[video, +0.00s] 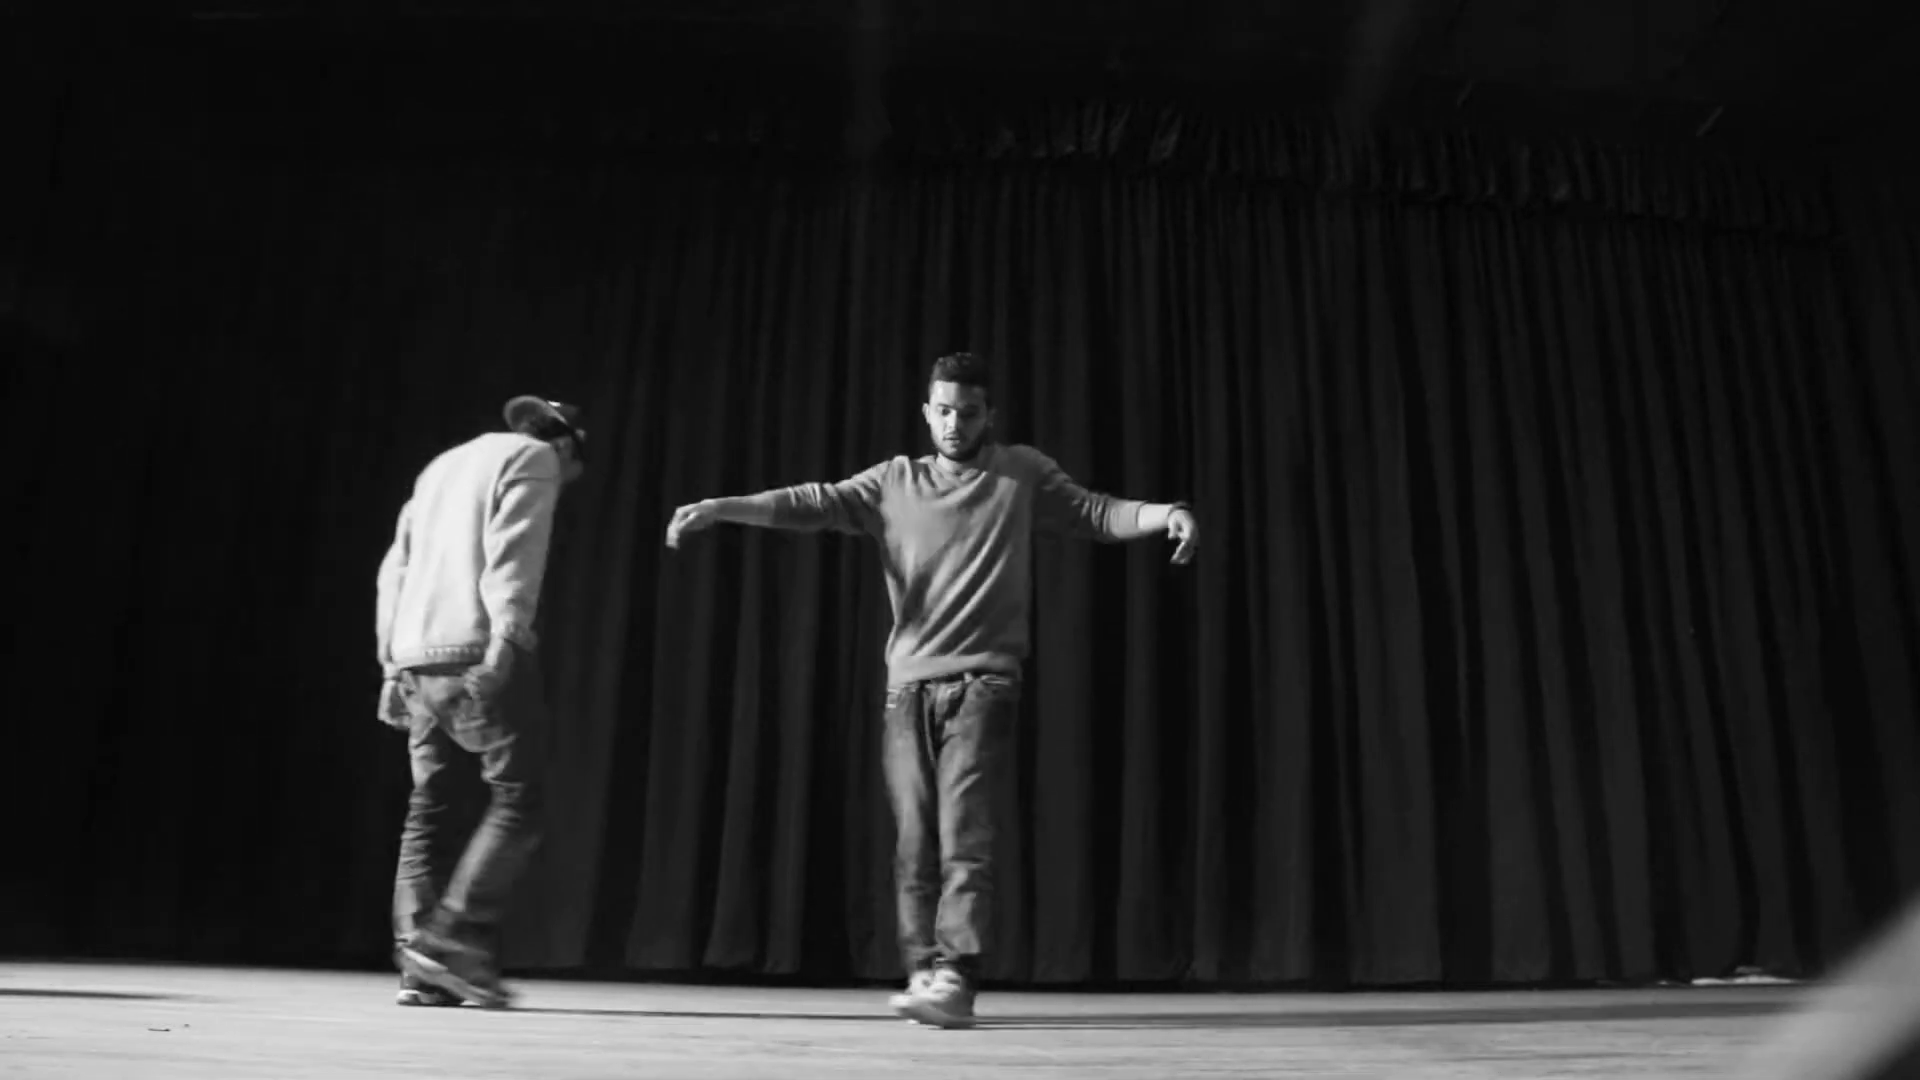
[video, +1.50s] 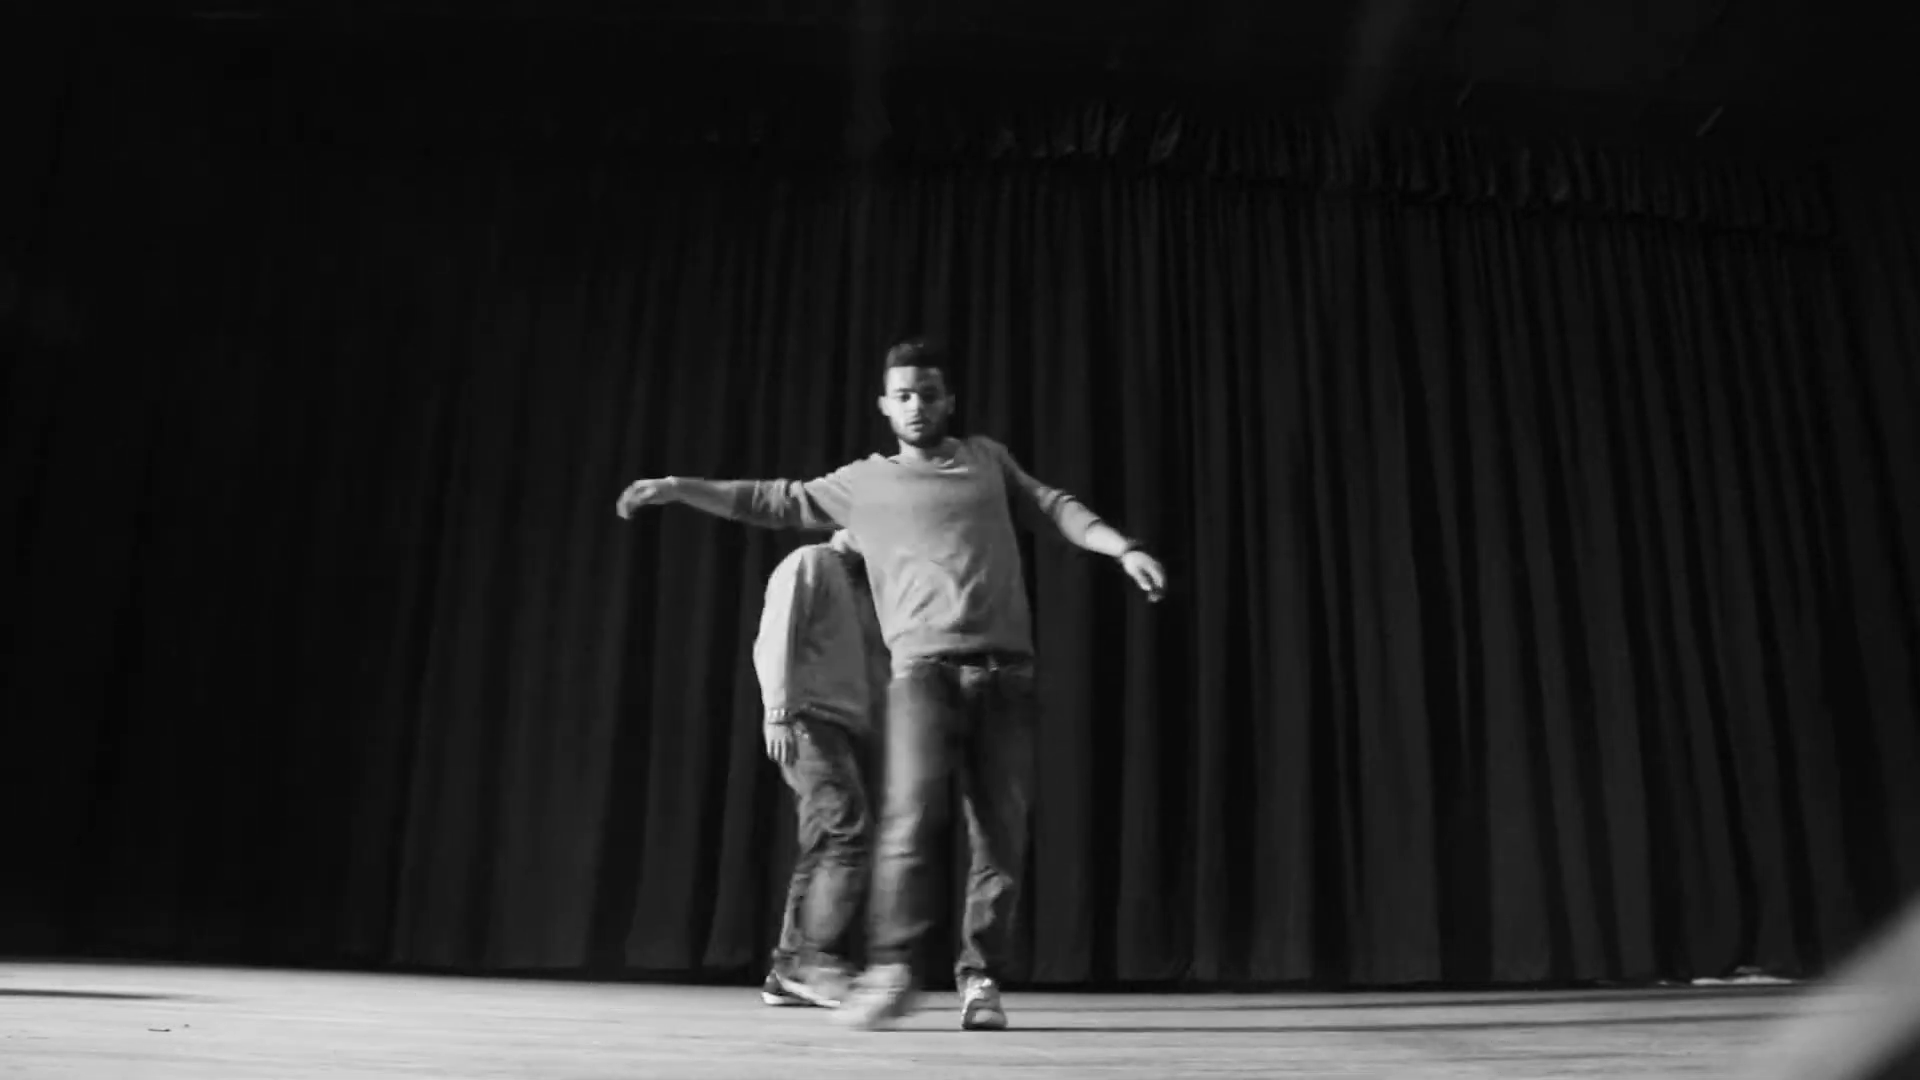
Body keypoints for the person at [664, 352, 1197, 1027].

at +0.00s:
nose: (954, 425)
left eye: (967, 412)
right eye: (943, 411)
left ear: (987, 412)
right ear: (926, 410)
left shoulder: (1022, 472)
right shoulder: (891, 481)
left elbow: (1094, 512)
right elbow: (809, 502)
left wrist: (1161, 514)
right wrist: (718, 508)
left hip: (983, 673)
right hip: (908, 676)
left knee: (962, 819)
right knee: (915, 824)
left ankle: (956, 975)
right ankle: (923, 972)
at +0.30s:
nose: (947, 422)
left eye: (959, 410)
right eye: (937, 410)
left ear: (986, 414)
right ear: (923, 414)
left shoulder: (1026, 482)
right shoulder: (894, 476)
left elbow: (1109, 517)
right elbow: (809, 479)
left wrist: (1201, 543)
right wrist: (717, 478)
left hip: (991, 689)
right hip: (910, 691)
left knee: (986, 838)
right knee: (921, 841)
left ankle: (968, 979)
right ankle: (943, 975)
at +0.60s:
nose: (965, 411)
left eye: (978, 399)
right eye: (961, 399)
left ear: (1017, 402)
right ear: (961, 405)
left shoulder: (1065, 471)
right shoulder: (931, 464)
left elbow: (1137, 522)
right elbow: (841, 473)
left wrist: (1215, 566)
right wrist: (742, 460)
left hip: (967, 675)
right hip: (887, 654)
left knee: (966, 832)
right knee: (819, 768)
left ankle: (964, 982)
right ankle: (819, 912)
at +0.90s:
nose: (979, 406)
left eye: (992, 394)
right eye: (976, 394)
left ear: (1029, 398)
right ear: (974, 398)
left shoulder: (1077, 474)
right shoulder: (941, 460)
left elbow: (1147, 531)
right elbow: (848, 465)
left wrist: (1219, 582)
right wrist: (757, 454)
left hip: (979, 672)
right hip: (897, 649)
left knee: (979, 824)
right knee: (824, 752)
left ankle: (968, 982)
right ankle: (800, 890)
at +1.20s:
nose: (951, 398)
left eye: (965, 386)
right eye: (941, 386)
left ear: (994, 390)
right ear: (928, 389)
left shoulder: (1035, 459)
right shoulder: (895, 452)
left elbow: (1103, 513)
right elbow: (811, 466)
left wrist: (1173, 554)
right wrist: (727, 483)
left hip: (1020, 659)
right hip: (940, 652)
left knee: (1013, 827)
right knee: (954, 766)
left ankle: (986, 975)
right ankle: (933, 918)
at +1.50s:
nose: (918, 408)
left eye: (929, 394)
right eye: (904, 396)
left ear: (949, 398)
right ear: (884, 403)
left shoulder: (987, 461)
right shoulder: (861, 482)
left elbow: (1056, 509)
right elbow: (771, 499)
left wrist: (1122, 549)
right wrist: (674, 489)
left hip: (1005, 666)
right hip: (923, 668)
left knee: (1001, 829)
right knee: (913, 818)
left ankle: (981, 980)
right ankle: (893, 970)